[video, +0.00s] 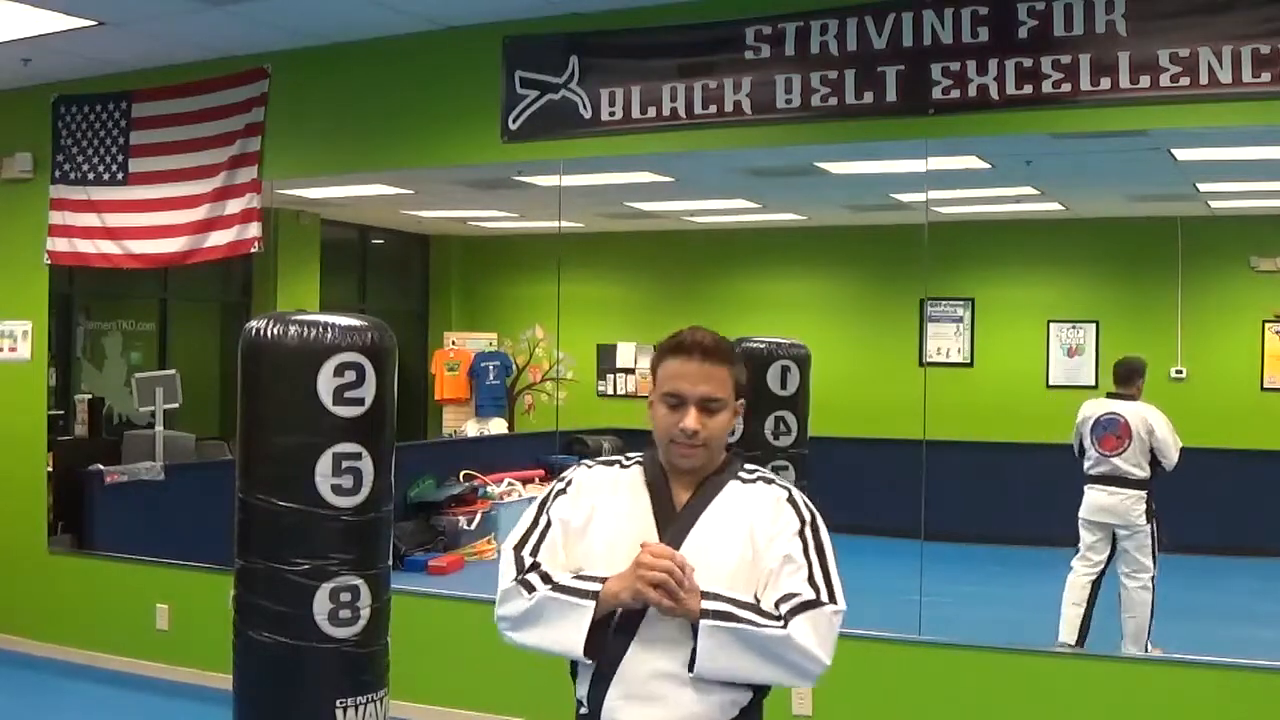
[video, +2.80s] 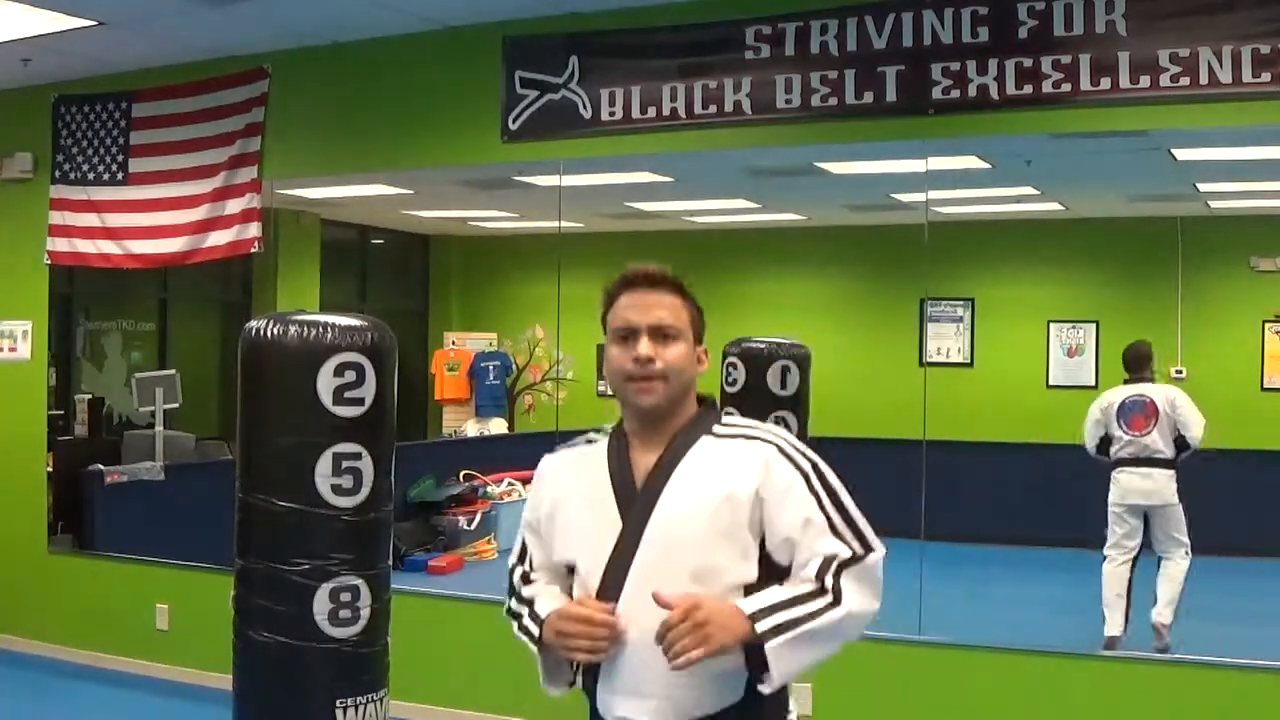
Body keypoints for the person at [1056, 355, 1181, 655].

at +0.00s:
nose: (1143, 384)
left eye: (1141, 380)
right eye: (1143, 381)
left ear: (1113, 381)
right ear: (1140, 383)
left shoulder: (1089, 409)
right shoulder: (1150, 415)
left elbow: (1079, 449)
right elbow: (1170, 459)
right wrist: (1144, 450)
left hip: (1094, 499)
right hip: (1132, 503)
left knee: (1085, 564)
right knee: (1137, 574)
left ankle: (1067, 641)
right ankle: (1135, 649)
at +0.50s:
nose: (1167, 385)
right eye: (1169, 380)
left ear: (1143, 382)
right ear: (1170, 382)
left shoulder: (1120, 411)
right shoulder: (1184, 415)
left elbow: (1107, 456)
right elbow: (1200, 460)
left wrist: (1136, 452)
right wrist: (1172, 455)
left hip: (1124, 501)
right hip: (1160, 504)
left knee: (1119, 567)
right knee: (1151, 573)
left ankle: (1116, 636)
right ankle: (1138, 647)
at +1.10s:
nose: (1168, 379)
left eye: (1165, 374)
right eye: (1165, 375)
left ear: (1138, 385)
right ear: (1161, 381)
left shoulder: (1126, 417)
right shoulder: (1174, 414)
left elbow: (1125, 463)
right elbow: (1200, 457)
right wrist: (1205, 442)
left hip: (1137, 496)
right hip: (1170, 500)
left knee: (1142, 564)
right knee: (1192, 561)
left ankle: (1139, 638)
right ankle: (1157, 621)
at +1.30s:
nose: (1172, 379)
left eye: (1169, 374)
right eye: (1170, 375)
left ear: (1144, 383)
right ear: (1168, 380)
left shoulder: (1131, 415)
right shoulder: (1181, 410)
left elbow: (1133, 459)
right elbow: (1206, 451)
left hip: (1143, 495)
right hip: (1179, 496)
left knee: (1146, 563)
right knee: (1210, 555)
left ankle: (1144, 637)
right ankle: (1193, 622)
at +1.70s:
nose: (1211, 380)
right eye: (1211, 376)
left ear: (1185, 380)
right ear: (1211, 379)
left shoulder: (1166, 413)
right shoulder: (1229, 412)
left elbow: (1151, 458)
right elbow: (1247, 455)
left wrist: (1180, 453)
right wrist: (1220, 457)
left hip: (1174, 493)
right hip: (1211, 496)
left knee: (1161, 559)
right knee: (1219, 564)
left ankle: (1150, 630)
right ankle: (1225, 636)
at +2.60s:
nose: (1165, 381)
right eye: (1166, 376)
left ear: (1139, 381)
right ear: (1166, 380)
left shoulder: (1122, 413)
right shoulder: (1184, 411)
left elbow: (1103, 459)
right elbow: (1203, 454)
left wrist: (1134, 466)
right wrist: (1183, 475)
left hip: (1135, 497)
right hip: (1174, 498)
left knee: (1130, 566)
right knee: (1192, 563)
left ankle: (1129, 641)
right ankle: (1207, 633)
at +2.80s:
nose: (1148, 367)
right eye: (1150, 362)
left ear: (1124, 367)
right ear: (1152, 365)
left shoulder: (1106, 399)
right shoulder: (1171, 395)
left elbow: (1092, 445)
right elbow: (1195, 434)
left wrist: (1121, 453)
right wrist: (1171, 453)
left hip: (1123, 485)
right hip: (1162, 485)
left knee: (1117, 553)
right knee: (1175, 552)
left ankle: (1112, 630)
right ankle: (1161, 618)